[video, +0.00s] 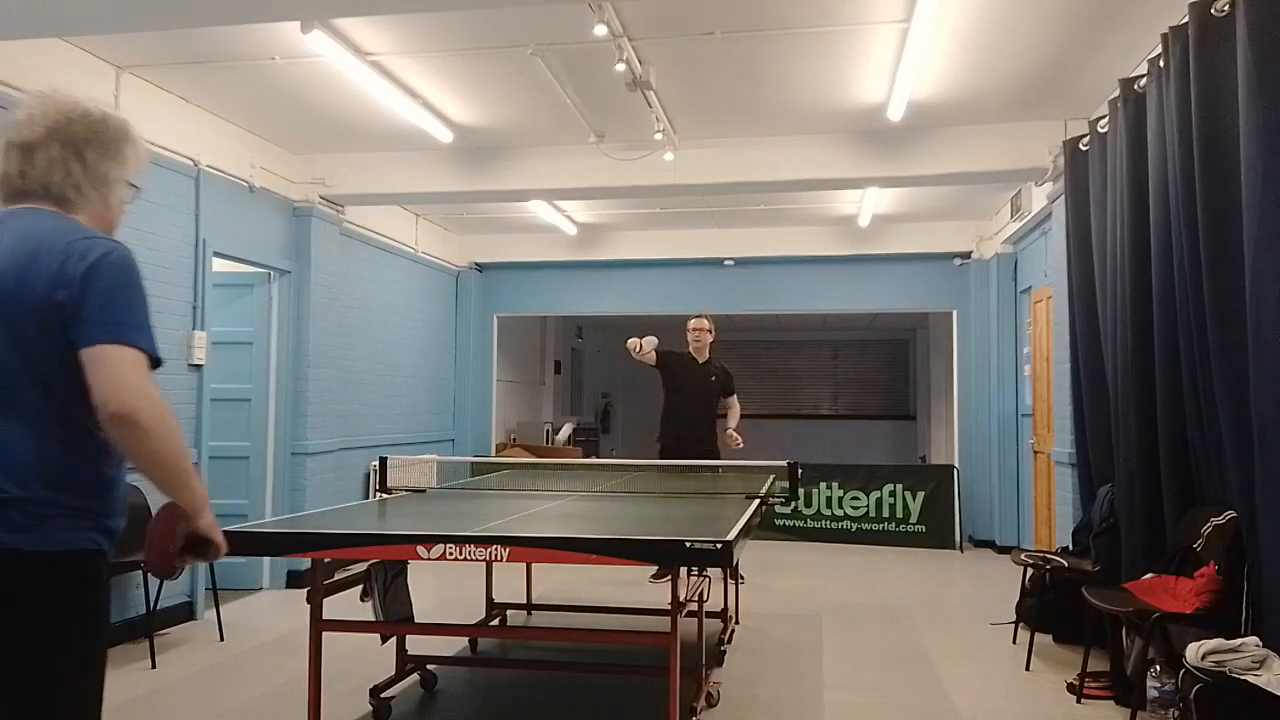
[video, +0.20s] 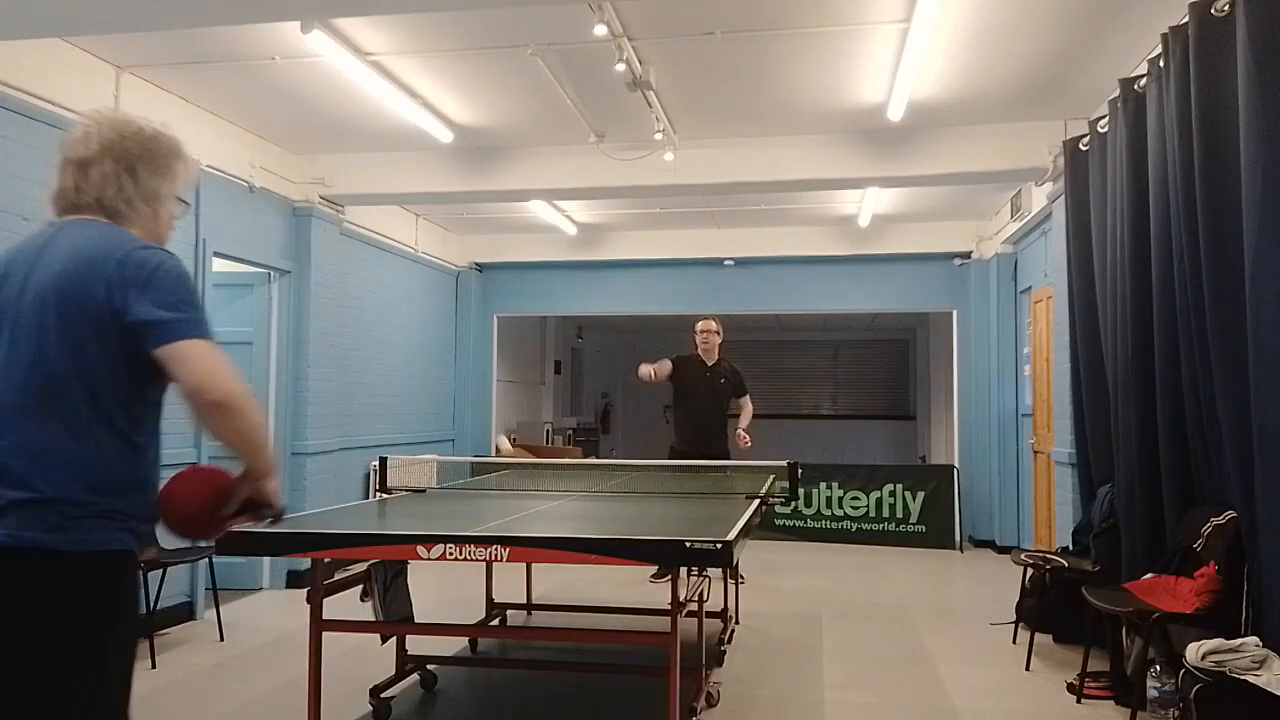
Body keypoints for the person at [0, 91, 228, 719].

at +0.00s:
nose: (129, 205)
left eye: (133, 190)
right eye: (128, 187)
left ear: (26, 168)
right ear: (91, 179)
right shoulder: (92, 258)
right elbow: (123, 403)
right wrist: (193, 506)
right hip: (46, 557)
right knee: (53, 706)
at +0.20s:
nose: (178, 217)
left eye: (181, 202)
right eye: (175, 200)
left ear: (79, 185)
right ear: (138, 193)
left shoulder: (16, 259)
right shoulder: (140, 264)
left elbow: (34, 410)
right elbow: (215, 393)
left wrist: (133, 503)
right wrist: (260, 471)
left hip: (8, 545)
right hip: (79, 556)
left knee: (18, 700)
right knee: (84, 706)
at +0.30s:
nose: (199, 225)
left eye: (202, 210)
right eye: (196, 208)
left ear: (100, 196)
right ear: (159, 201)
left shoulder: (27, 277)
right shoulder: (156, 268)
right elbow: (268, 381)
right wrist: (304, 453)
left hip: (17, 549)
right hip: (100, 557)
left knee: (40, 703)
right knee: (106, 707)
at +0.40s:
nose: (217, 231)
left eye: (220, 217)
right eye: (214, 215)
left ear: (120, 202)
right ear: (180, 207)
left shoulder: (47, 284)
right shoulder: (187, 275)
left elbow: (7, 403)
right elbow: (318, 376)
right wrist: (353, 437)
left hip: (27, 551)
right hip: (123, 553)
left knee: (74, 708)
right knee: (135, 708)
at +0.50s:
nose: (232, 236)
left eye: (235, 222)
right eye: (230, 220)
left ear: (138, 205)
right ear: (199, 212)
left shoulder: (61, 285)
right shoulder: (215, 284)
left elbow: (9, 418)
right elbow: (357, 384)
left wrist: (9, 529)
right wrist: (409, 430)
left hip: (35, 551)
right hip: (131, 552)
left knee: (77, 708)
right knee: (140, 707)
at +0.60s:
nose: (240, 234)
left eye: (242, 221)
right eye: (237, 219)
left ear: (144, 207)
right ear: (209, 213)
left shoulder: (67, 283)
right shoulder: (225, 286)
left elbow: (19, 419)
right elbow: (354, 379)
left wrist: (47, 489)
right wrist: (429, 397)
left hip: (37, 545)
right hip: (139, 549)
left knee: (67, 705)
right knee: (141, 706)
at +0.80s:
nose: (221, 225)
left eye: (223, 210)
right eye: (218, 208)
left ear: (124, 198)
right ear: (188, 202)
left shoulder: (52, 280)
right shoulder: (212, 276)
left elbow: (10, 420)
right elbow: (331, 383)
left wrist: (11, 529)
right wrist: (399, 407)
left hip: (43, 547)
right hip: (146, 549)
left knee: (69, 709)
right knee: (148, 708)